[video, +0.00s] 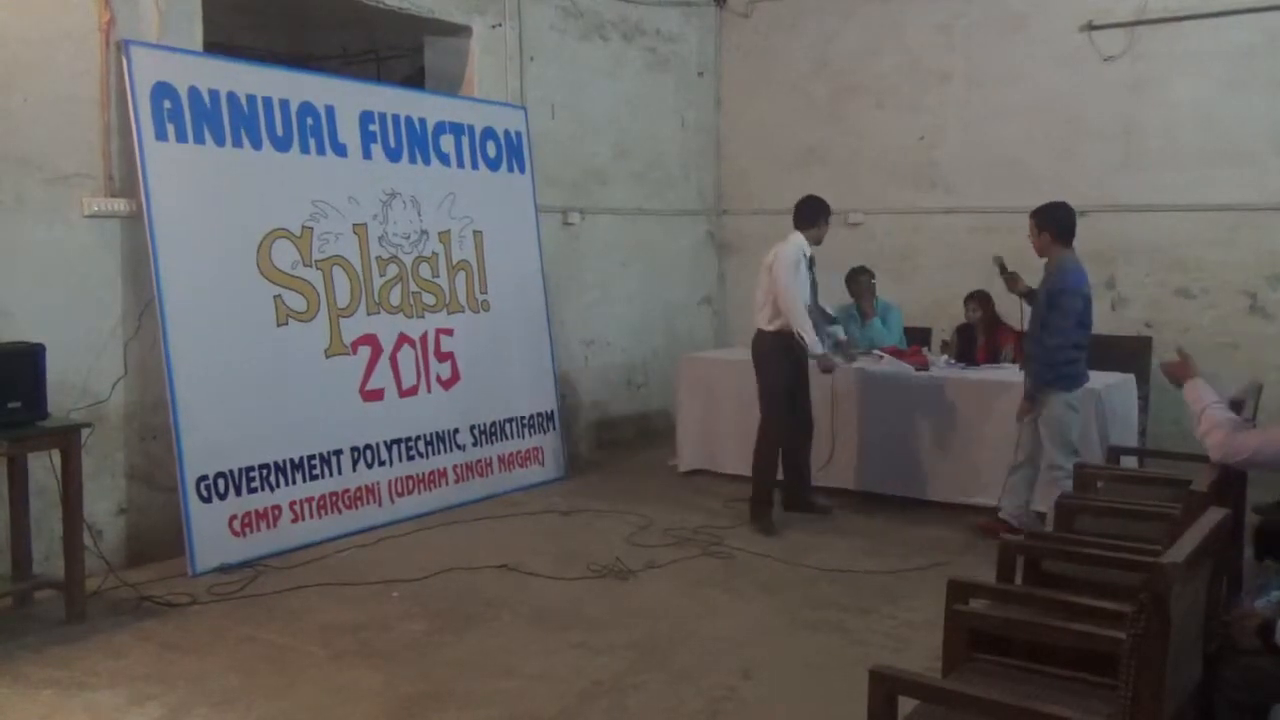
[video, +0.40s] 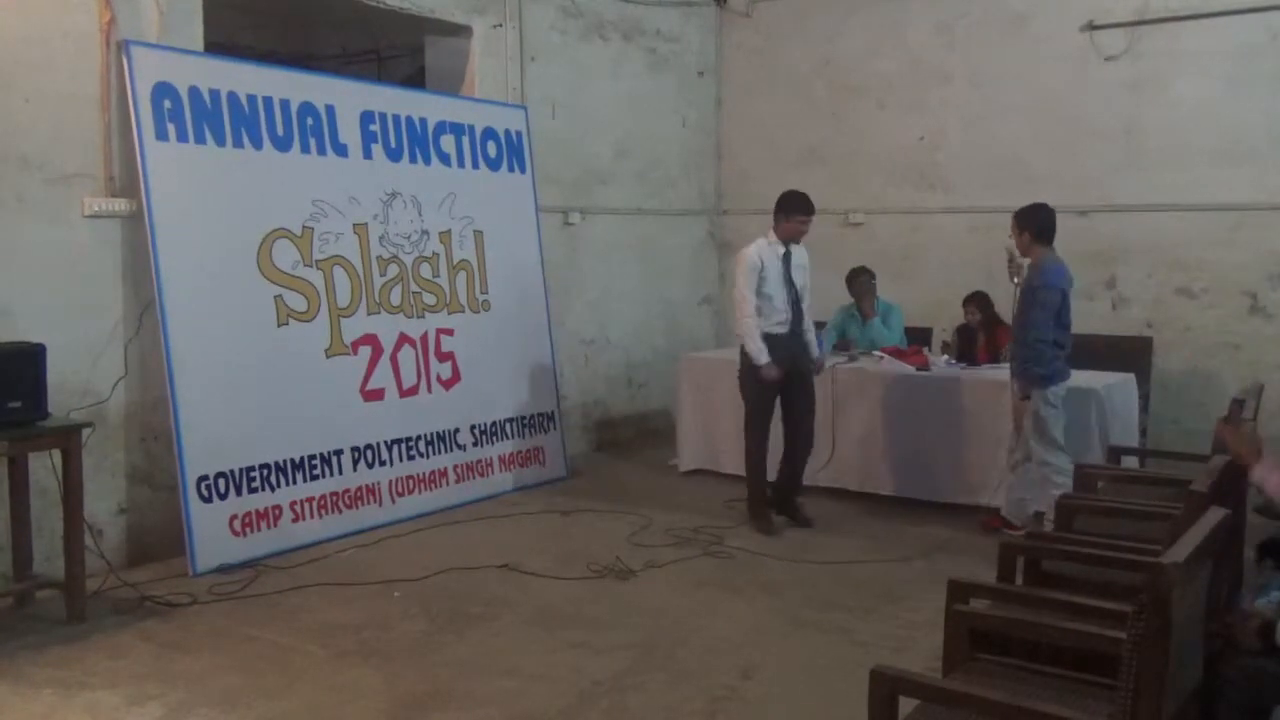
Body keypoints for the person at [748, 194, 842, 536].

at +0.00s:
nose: (828, 231)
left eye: (827, 224)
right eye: (827, 224)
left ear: (800, 219)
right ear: (818, 223)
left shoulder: (799, 254)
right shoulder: (788, 253)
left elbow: (804, 304)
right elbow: (790, 305)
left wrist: (832, 329)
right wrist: (817, 351)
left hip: (792, 344)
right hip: (773, 344)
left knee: (800, 424)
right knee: (773, 425)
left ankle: (797, 496)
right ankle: (761, 508)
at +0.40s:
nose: (805, 230)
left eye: (808, 224)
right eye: (801, 223)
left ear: (803, 223)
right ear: (781, 219)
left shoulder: (801, 255)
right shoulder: (752, 256)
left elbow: (803, 310)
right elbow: (745, 314)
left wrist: (813, 351)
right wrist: (761, 360)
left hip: (796, 348)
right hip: (763, 349)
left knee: (801, 432)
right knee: (758, 433)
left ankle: (785, 498)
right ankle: (758, 507)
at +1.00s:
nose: (799, 221)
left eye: (802, 215)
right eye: (793, 214)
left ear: (801, 218)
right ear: (770, 215)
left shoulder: (808, 255)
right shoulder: (740, 256)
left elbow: (827, 305)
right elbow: (728, 313)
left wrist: (835, 355)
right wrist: (723, 365)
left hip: (791, 356)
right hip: (748, 355)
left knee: (792, 440)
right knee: (740, 437)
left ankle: (793, 520)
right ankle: (729, 515)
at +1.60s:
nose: (764, 216)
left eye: (766, 209)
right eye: (758, 208)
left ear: (760, 212)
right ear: (734, 209)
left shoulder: (760, 249)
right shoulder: (707, 253)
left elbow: (774, 297)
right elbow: (713, 309)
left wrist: (757, 305)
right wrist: (736, 358)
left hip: (748, 351)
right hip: (711, 355)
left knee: (765, 445)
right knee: (715, 454)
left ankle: (723, 511)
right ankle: (714, 550)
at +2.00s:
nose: (766, 213)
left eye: (767, 207)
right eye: (760, 207)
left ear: (757, 211)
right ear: (738, 208)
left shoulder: (750, 249)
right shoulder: (718, 249)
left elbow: (769, 299)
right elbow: (734, 308)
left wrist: (757, 296)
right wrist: (775, 354)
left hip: (742, 356)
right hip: (714, 359)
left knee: (744, 453)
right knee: (716, 455)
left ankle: (736, 543)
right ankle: (716, 551)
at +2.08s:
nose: (768, 213)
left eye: (770, 207)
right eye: (761, 207)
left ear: (760, 211)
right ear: (739, 208)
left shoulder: (751, 249)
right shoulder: (721, 248)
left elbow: (767, 302)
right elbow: (733, 313)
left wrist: (756, 299)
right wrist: (778, 352)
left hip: (744, 355)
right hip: (717, 358)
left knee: (747, 454)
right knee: (720, 455)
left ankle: (737, 543)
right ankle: (717, 551)